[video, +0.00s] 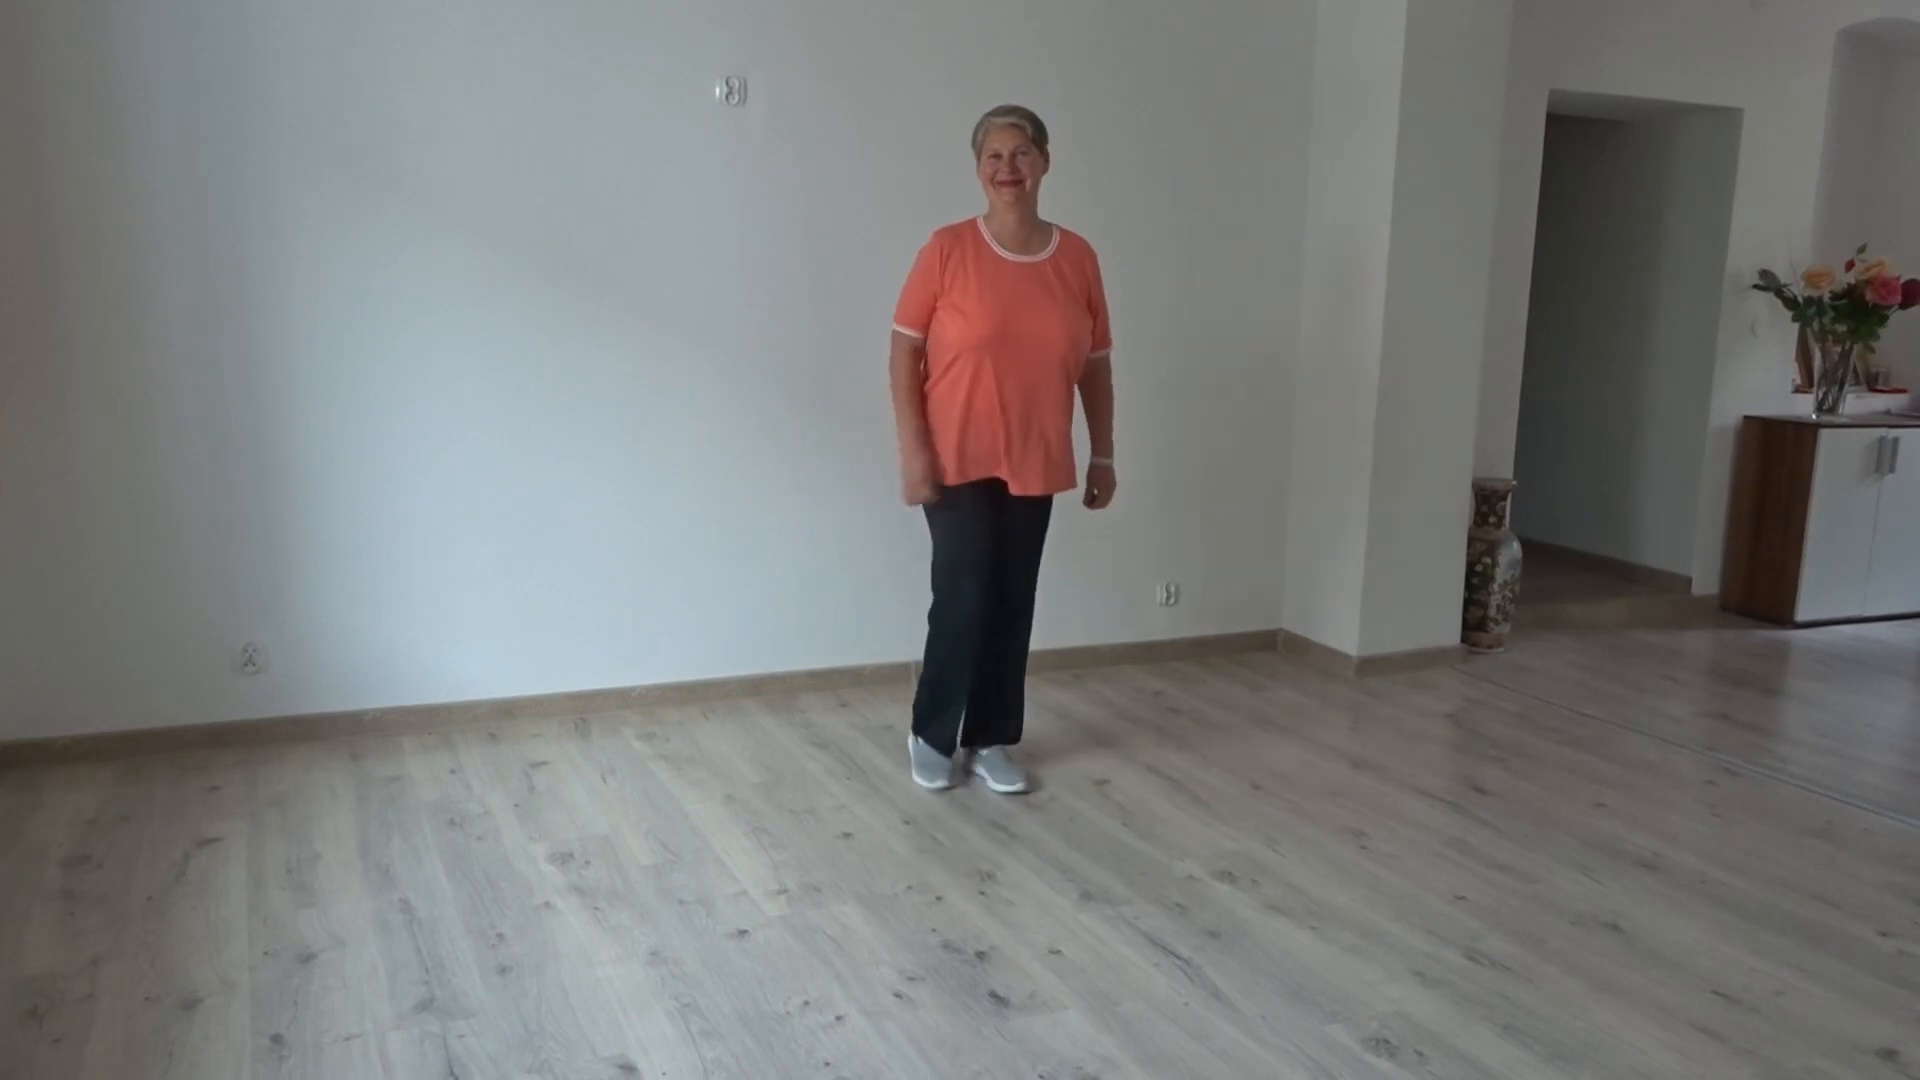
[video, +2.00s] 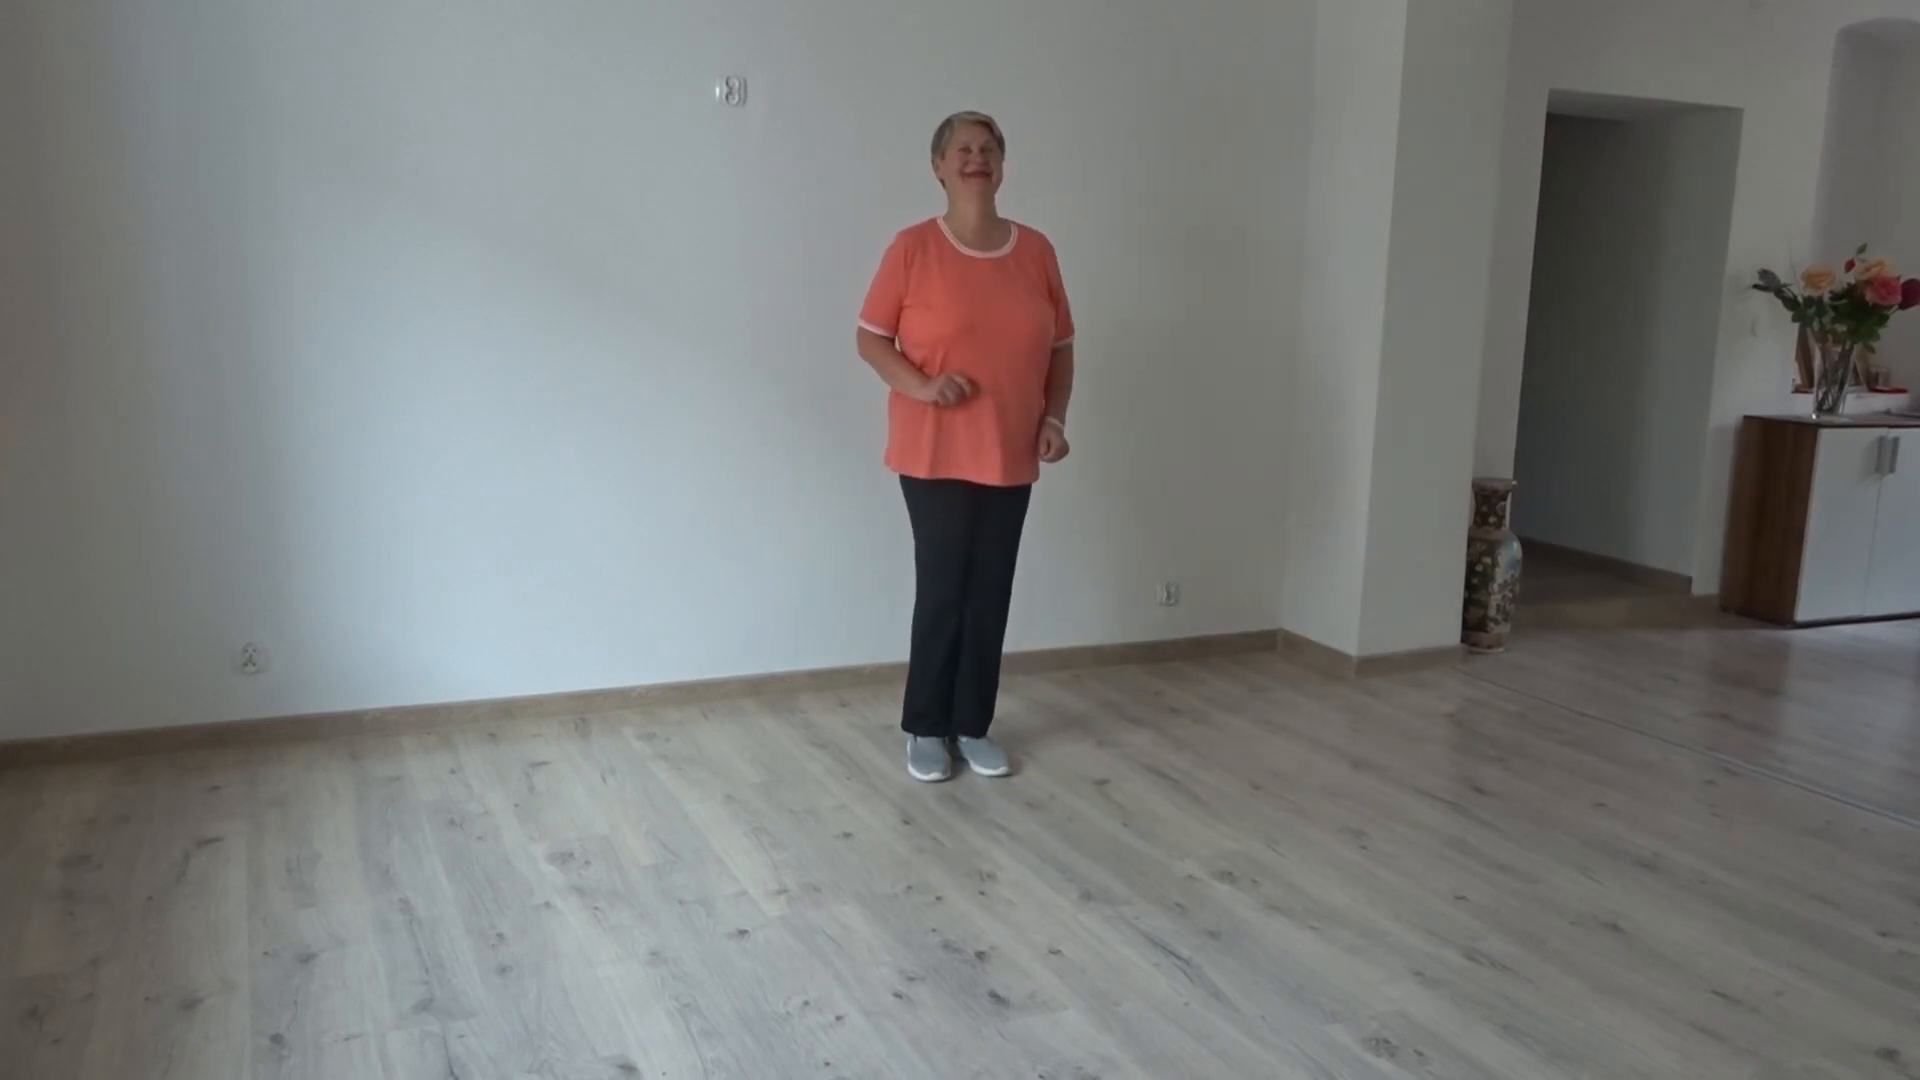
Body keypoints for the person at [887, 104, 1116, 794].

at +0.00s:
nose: (1008, 164)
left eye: (1021, 152)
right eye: (995, 155)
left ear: (1044, 164)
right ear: (978, 169)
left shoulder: (1075, 256)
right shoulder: (947, 249)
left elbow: (1095, 361)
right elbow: (905, 348)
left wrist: (1102, 454)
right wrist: (913, 449)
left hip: (1036, 465)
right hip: (957, 461)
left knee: (1013, 608)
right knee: (965, 602)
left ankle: (992, 741)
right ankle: (934, 736)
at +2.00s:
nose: (979, 158)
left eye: (989, 149)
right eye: (965, 149)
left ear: (1003, 165)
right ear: (939, 167)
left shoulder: (1034, 250)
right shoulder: (913, 247)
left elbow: (1061, 344)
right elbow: (870, 338)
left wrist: (1054, 415)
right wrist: (920, 383)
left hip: (1010, 460)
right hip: (936, 457)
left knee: (989, 600)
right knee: (942, 597)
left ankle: (971, 730)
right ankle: (925, 730)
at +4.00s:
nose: (998, 169)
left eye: (1009, 159)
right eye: (984, 160)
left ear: (1026, 170)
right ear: (963, 172)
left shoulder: (1042, 256)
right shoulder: (938, 241)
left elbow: (1052, 341)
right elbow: (885, 325)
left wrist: (1059, 378)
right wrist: (953, 368)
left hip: (1013, 458)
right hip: (943, 454)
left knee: (992, 596)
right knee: (946, 592)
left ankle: (973, 728)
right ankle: (926, 731)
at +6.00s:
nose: (976, 165)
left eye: (987, 154)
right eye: (962, 157)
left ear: (1007, 164)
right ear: (944, 170)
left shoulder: (1031, 250)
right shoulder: (921, 242)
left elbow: (1050, 334)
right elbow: (872, 332)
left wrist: (1052, 376)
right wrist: (939, 379)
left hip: (1009, 456)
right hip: (938, 454)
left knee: (988, 599)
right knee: (942, 597)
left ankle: (971, 730)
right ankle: (926, 732)